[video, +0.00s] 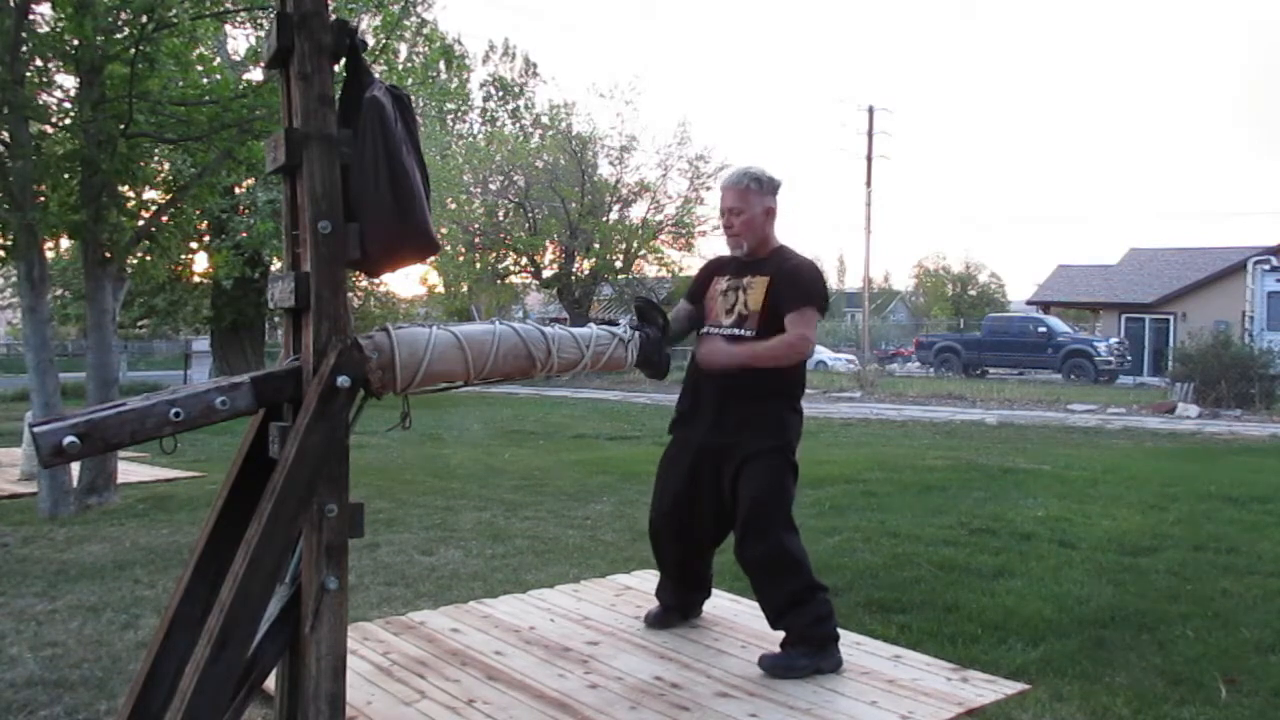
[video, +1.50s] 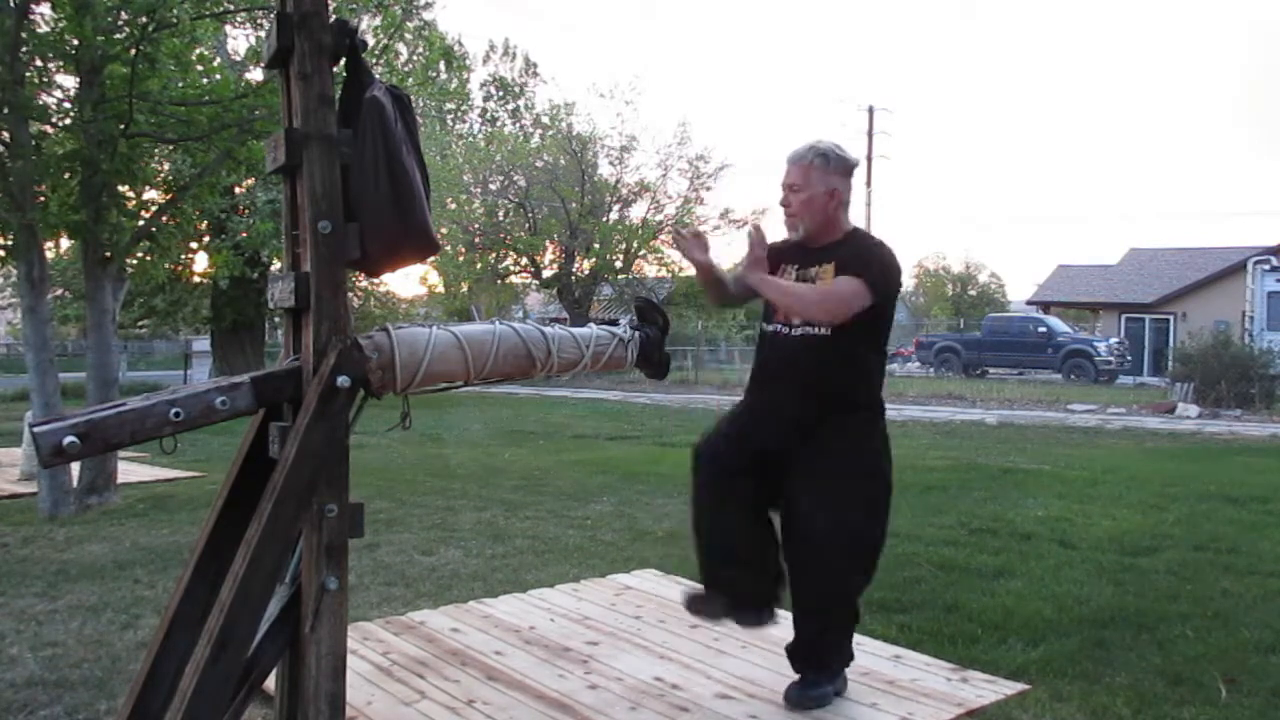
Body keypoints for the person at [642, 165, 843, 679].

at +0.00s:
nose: (730, 222)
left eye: (741, 213)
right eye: (725, 212)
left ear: (771, 212)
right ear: (721, 212)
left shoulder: (797, 273)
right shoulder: (714, 272)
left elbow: (800, 343)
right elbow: (677, 322)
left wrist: (730, 353)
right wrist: (654, 330)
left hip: (763, 426)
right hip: (700, 421)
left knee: (763, 532)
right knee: (674, 516)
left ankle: (815, 642)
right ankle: (681, 599)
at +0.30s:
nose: (719, 222)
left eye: (730, 213)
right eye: (715, 212)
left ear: (761, 211)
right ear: (712, 213)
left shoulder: (791, 272)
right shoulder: (710, 274)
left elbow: (811, 346)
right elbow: (694, 339)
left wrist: (779, 411)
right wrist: (681, 397)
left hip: (763, 422)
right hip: (707, 420)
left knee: (761, 532)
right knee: (674, 513)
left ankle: (815, 642)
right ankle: (681, 599)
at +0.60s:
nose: (707, 223)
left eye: (719, 215)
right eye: (704, 213)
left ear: (750, 219)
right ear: (701, 214)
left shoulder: (775, 275)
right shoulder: (690, 280)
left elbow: (789, 352)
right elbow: (656, 340)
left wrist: (758, 405)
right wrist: (620, 388)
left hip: (756, 421)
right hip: (697, 421)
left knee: (755, 527)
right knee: (670, 512)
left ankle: (808, 639)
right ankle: (685, 601)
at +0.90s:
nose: (717, 224)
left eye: (729, 215)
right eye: (714, 214)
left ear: (761, 217)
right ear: (710, 216)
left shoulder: (794, 281)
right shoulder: (694, 281)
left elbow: (820, 354)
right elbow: (652, 342)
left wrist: (830, 422)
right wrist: (616, 395)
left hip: (768, 440)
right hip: (702, 436)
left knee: (785, 538)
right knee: (678, 523)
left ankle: (818, 652)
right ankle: (684, 603)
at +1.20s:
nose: (761, 213)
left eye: (775, 205)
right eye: (760, 203)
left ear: (811, 210)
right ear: (759, 205)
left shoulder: (851, 271)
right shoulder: (742, 276)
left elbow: (873, 336)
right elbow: (712, 346)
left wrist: (840, 373)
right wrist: (715, 406)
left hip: (821, 431)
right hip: (755, 427)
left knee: (809, 536)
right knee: (724, 515)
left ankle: (820, 667)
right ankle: (708, 602)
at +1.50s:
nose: (786, 202)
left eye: (797, 192)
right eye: (784, 192)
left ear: (836, 196)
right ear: (786, 194)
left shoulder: (872, 258)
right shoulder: (781, 255)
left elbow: (825, 307)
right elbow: (728, 295)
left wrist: (760, 278)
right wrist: (706, 267)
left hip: (840, 431)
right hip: (769, 418)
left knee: (827, 547)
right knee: (717, 463)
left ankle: (823, 667)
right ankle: (745, 593)